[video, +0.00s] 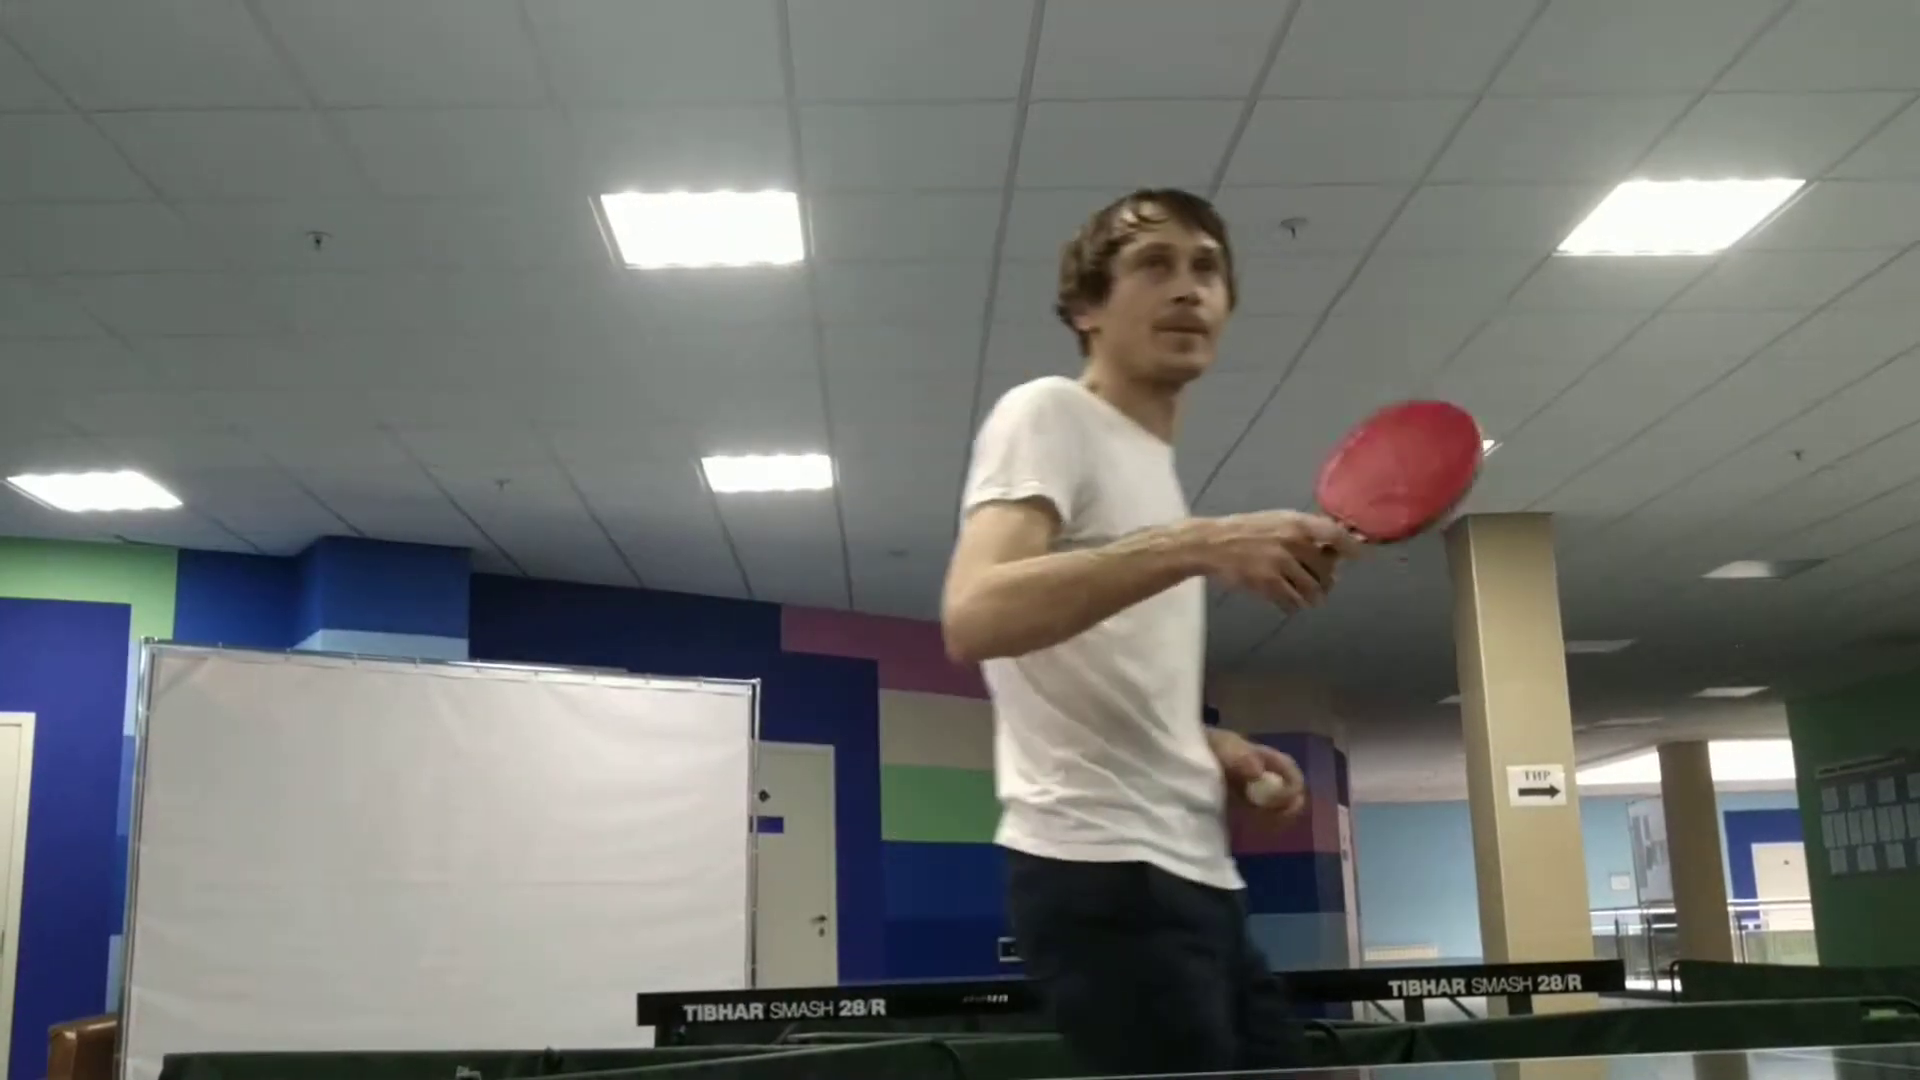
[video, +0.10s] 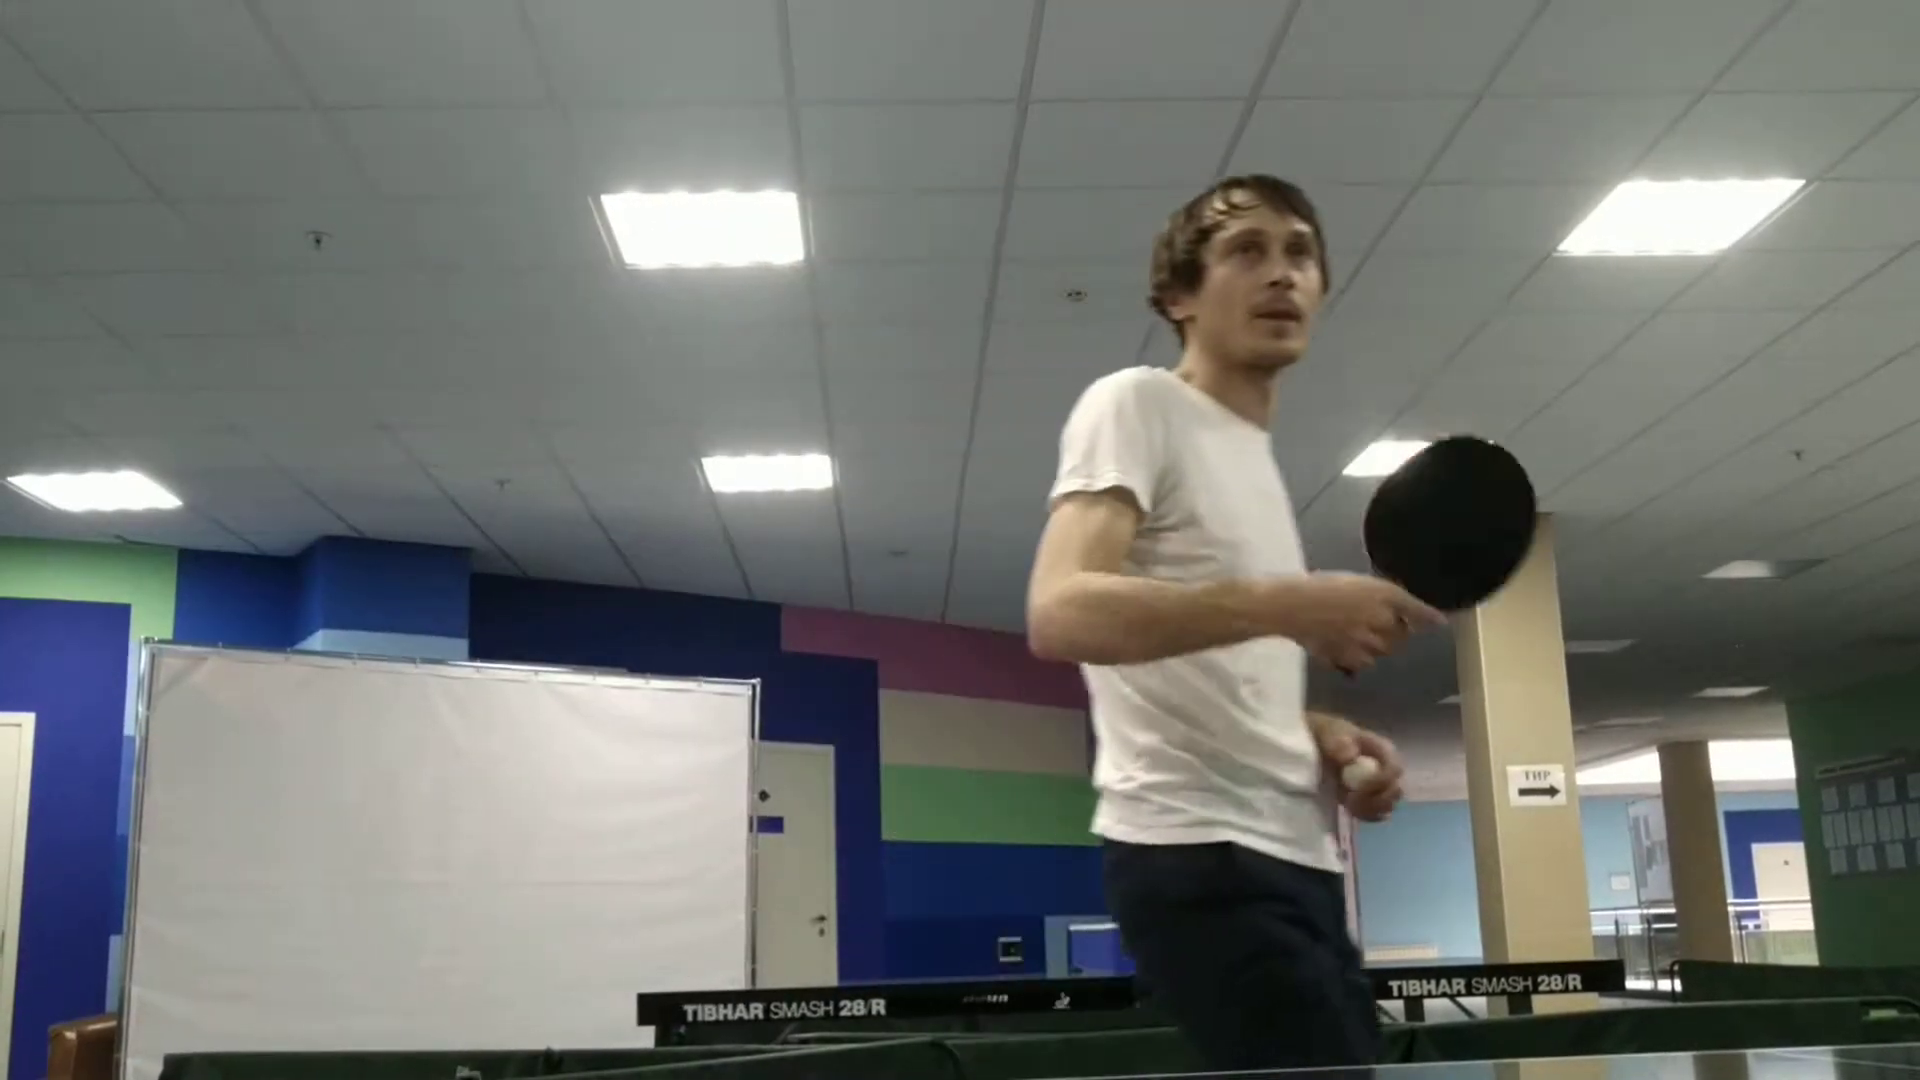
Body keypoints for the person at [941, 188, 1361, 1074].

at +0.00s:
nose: (1188, 287)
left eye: (1207, 269)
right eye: (1154, 265)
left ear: (1229, 309)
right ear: (1088, 309)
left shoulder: (1159, 471)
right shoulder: (1048, 412)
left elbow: (1107, 695)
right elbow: (972, 613)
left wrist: (1214, 748)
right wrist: (1201, 543)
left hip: (1190, 874)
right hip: (1102, 873)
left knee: (1269, 1065)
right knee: (1175, 1070)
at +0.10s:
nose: (1283, 271)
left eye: (1301, 253)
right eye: (1246, 250)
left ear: (1323, 297)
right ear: (1182, 296)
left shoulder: (1258, 465)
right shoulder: (1138, 401)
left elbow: (1219, 690)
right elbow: (1059, 611)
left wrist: (1318, 733)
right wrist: (1293, 606)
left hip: (1290, 860)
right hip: (1198, 856)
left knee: (1340, 1064)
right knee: (1329, 1064)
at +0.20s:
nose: (1369, 252)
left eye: (1387, 233)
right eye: (1332, 232)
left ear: (1408, 276)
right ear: (1268, 281)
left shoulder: (1358, 460)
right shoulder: (1222, 398)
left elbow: (1342, 651)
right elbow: (1127, 620)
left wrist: (1434, 730)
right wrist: (1347, 682)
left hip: (1387, 852)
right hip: (1285, 847)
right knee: (1447, 1069)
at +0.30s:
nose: (1454, 247)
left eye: (1472, 228)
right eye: (1414, 228)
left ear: (1493, 272)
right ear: (1351, 282)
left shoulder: (1450, 458)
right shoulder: (1304, 406)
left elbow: (1430, 664)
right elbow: (1194, 635)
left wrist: (1535, 729)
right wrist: (1405, 703)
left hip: (1484, 860)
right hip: (1387, 861)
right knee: (1498, 1075)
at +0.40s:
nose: (1527, 244)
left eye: (1545, 225)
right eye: (1486, 226)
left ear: (1570, 268)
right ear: (1423, 283)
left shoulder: (1531, 452)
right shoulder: (1374, 420)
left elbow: (1536, 650)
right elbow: (1272, 657)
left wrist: (1619, 719)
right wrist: (1482, 672)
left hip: (1597, 864)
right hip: (1487, 869)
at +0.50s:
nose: (1590, 243)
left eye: (1606, 223)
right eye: (1548, 226)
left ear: (1634, 264)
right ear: (1483, 287)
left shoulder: (1633, 450)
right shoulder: (1442, 434)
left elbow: (1637, 662)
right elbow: (1367, 683)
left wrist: (1702, 714)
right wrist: (1565, 615)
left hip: (1676, 867)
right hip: (1553, 867)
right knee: (1681, 1075)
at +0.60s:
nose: (1644, 234)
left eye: (1661, 211)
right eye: (1601, 217)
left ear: (1689, 252)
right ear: (1539, 277)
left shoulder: (1700, 430)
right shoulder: (1495, 428)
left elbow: (1700, 636)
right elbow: (1472, 678)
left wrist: (1771, 695)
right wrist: (1628, 565)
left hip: (1735, 848)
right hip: (1595, 849)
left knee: (1861, 1063)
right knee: (1697, 1068)